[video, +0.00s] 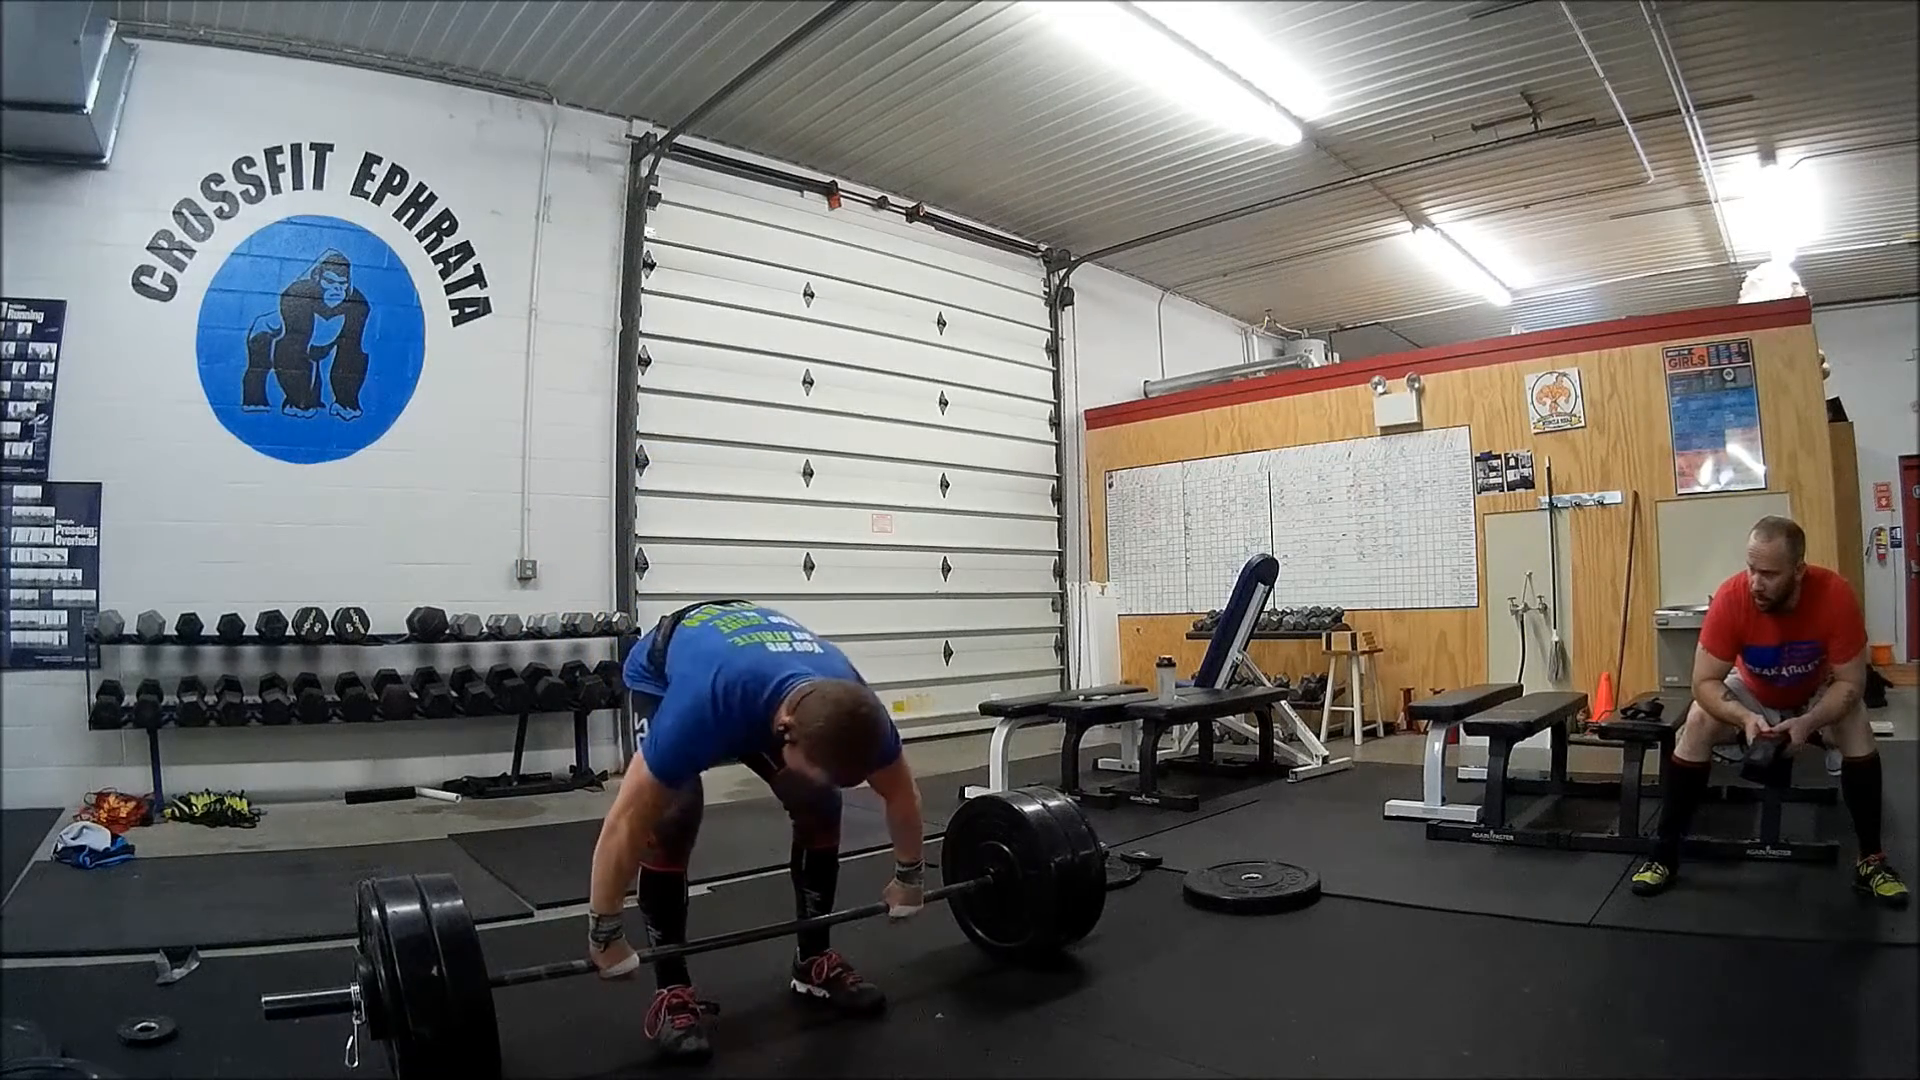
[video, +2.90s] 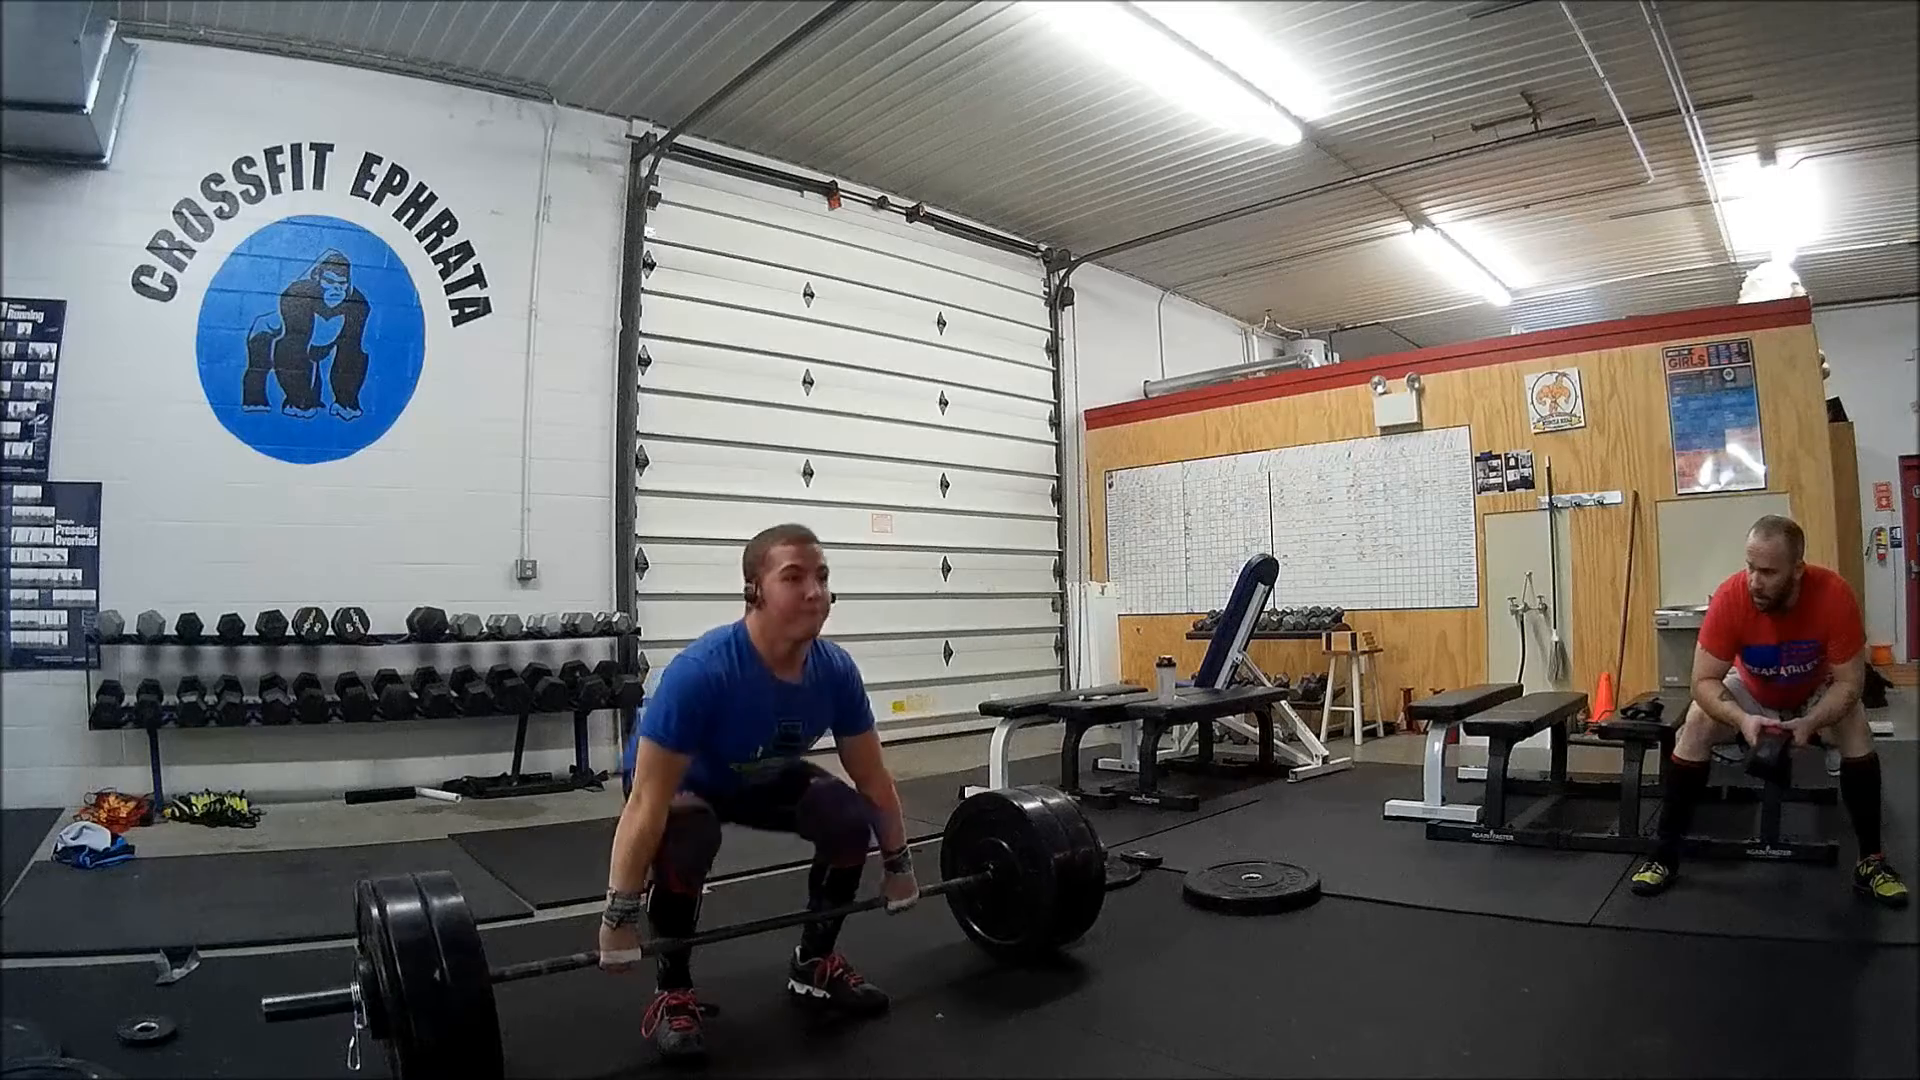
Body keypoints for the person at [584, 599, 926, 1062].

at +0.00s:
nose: (829, 790)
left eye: (843, 783)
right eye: (825, 778)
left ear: (869, 731)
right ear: (787, 732)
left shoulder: (865, 717)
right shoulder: (702, 708)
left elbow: (901, 792)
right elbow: (625, 817)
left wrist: (910, 875)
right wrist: (604, 932)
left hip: (759, 648)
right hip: (660, 670)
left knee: (820, 805)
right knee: (675, 818)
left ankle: (815, 961)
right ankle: (673, 992)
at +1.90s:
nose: (836, 724)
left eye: (847, 710)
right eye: (824, 710)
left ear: (862, 693)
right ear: (789, 675)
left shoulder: (848, 688)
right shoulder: (703, 685)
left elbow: (880, 784)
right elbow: (651, 812)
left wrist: (901, 868)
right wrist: (619, 923)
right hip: (650, 675)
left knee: (805, 799)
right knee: (659, 826)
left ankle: (813, 959)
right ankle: (670, 990)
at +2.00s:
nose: (840, 662)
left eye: (848, 644)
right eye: (826, 643)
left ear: (856, 637)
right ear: (782, 635)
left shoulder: (847, 687)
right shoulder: (701, 681)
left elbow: (880, 780)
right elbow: (647, 809)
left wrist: (900, 871)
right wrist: (618, 922)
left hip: (742, 721)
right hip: (659, 716)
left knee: (831, 805)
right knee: (672, 819)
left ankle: (815, 961)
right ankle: (671, 994)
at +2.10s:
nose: (824, 616)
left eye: (830, 600)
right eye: (805, 601)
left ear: (837, 606)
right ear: (761, 609)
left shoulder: (839, 684)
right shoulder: (698, 680)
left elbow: (879, 776)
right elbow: (639, 800)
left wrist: (902, 869)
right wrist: (619, 921)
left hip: (762, 770)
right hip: (678, 773)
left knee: (852, 817)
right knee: (674, 830)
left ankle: (814, 963)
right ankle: (673, 997)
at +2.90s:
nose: (814, 590)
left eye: (820, 575)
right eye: (794, 577)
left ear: (830, 587)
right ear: (755, 591)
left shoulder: (835, 672)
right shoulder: (698, 674)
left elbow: (871, 776)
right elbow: (648, 797)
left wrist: (898, 862)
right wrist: (619, 912)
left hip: (765, 779)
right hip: (685, 784)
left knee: (851, 819)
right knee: (690, 834)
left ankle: (815, 963)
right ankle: (674, 996)